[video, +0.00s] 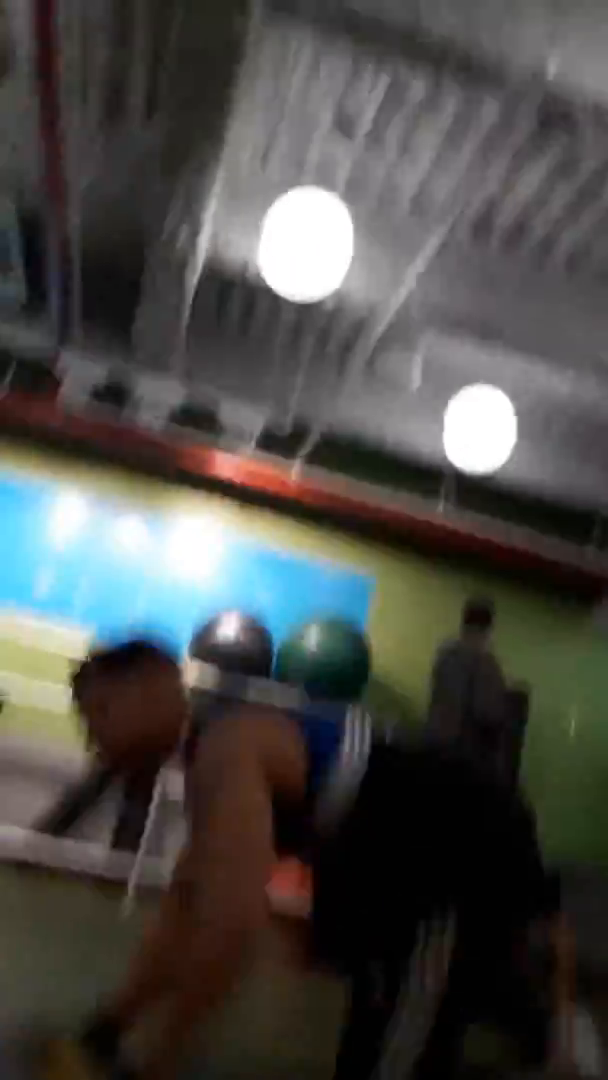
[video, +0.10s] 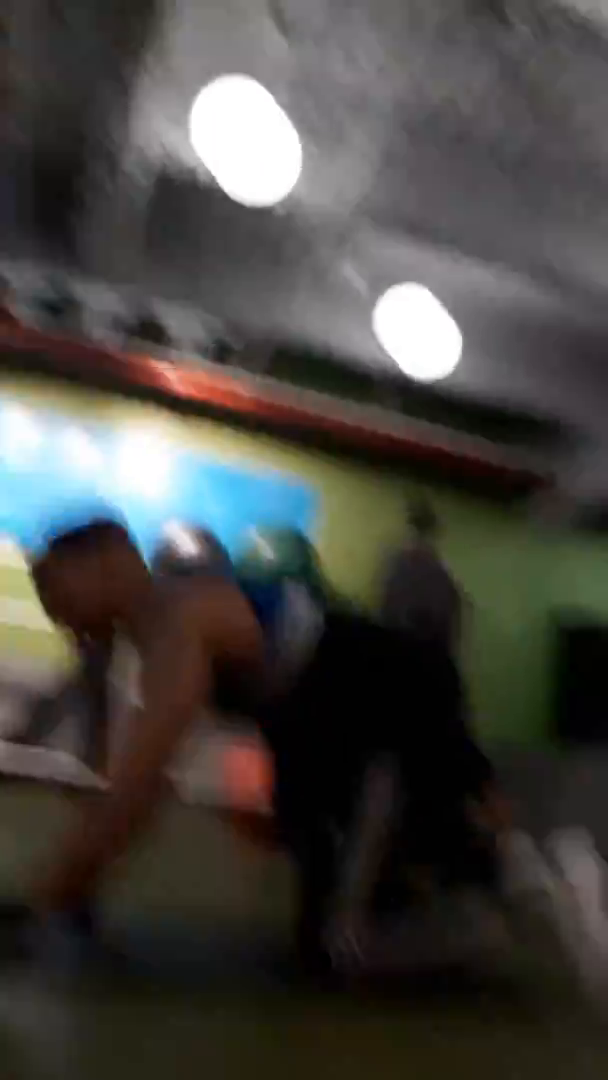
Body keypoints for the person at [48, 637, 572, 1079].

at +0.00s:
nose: (95, 738)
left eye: (100, 715)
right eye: (90, 721)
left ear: (150, 691)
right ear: (154, 694)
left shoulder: (233, 745)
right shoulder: (217, 750)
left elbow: (231, 922)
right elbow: (188, 908)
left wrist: (159, 1052)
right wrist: (113, 1023)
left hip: (456, 872)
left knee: (393, 1054)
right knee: (381, 1046)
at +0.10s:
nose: (56, 613)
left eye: (59, 590)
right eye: (49, 596)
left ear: (108, 566)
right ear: (106, 569)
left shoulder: (185, 613)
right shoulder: (152, 624)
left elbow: (146, 772)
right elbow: (126, 772)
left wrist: (66, 883)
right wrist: (77, 880)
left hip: (389, 724)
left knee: (347, 934)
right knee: (324, 929)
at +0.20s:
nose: (4, 536)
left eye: (2, 507)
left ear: (40, 476)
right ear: (40, 480)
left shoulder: (119, 536)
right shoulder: (106, 548)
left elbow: (27, 682)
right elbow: (94, 703)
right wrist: (42, 800)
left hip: (335, 630)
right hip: (283, 644)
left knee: (294, 855)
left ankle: (472, 815)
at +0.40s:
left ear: (2, 480)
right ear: (14, 474)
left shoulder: (65, 502)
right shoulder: (62, 512)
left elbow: (13, 652)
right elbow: (52, 664)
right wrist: (19, 768)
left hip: (290, 593)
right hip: (270, 595)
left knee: (272, 810)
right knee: (265, 782)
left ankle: (450, 751)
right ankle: (452, 742)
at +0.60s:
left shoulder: (29, 463)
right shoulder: (23, 472)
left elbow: (10, 634)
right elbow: (13, 636)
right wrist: (6, 714)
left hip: (270, 567)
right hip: (249, 570)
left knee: (246, 776)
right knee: (276, 703)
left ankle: (420, 721)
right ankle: (434, 712)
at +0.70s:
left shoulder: (19, 443)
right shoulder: (21, 437)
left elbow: (2, 579)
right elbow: (8, 574)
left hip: (252, 547)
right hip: (254, 534)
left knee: (226, 759)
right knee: (270, 687)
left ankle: (410, 711)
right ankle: (433, 701)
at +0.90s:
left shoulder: (32, 414)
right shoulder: (31, 415)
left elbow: (7, 543)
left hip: (280, 497)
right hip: (267, 501)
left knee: (269, 694)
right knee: (259, 685)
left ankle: (446, 652)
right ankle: (467, 646)